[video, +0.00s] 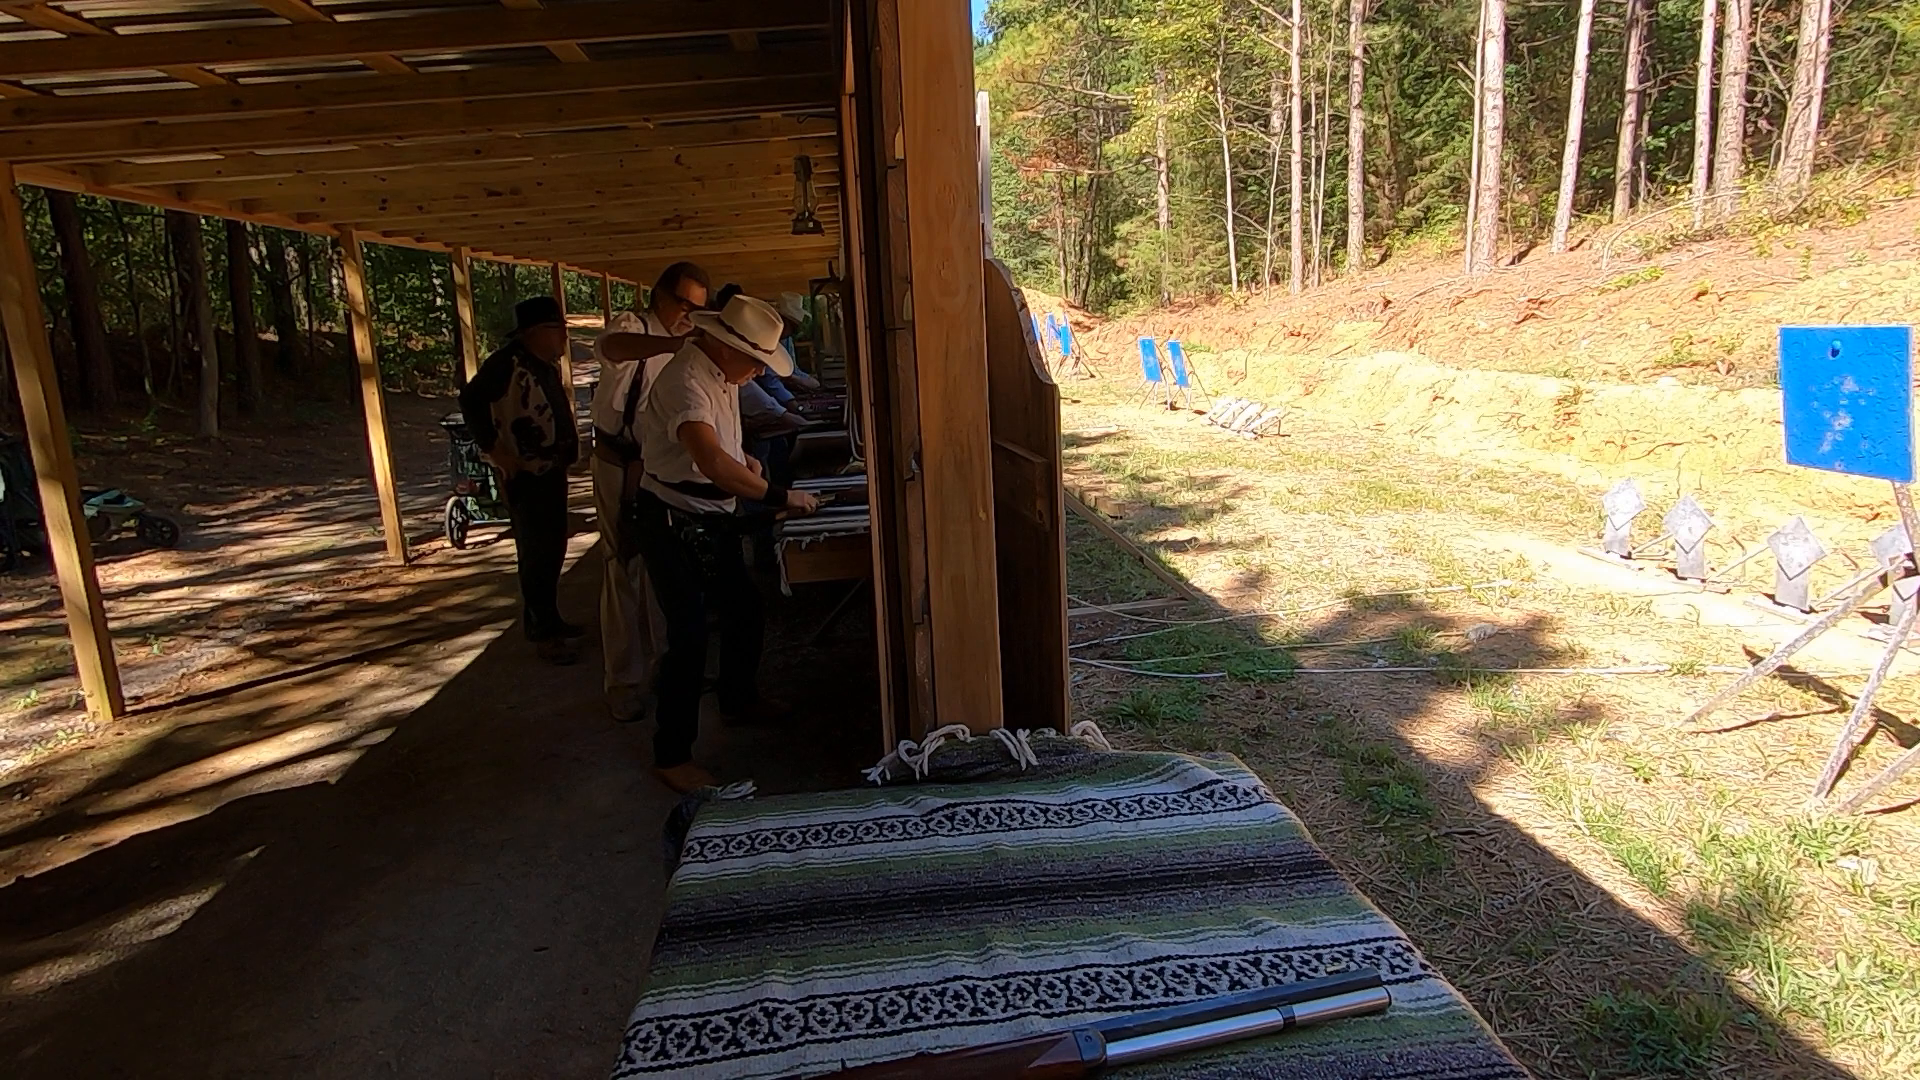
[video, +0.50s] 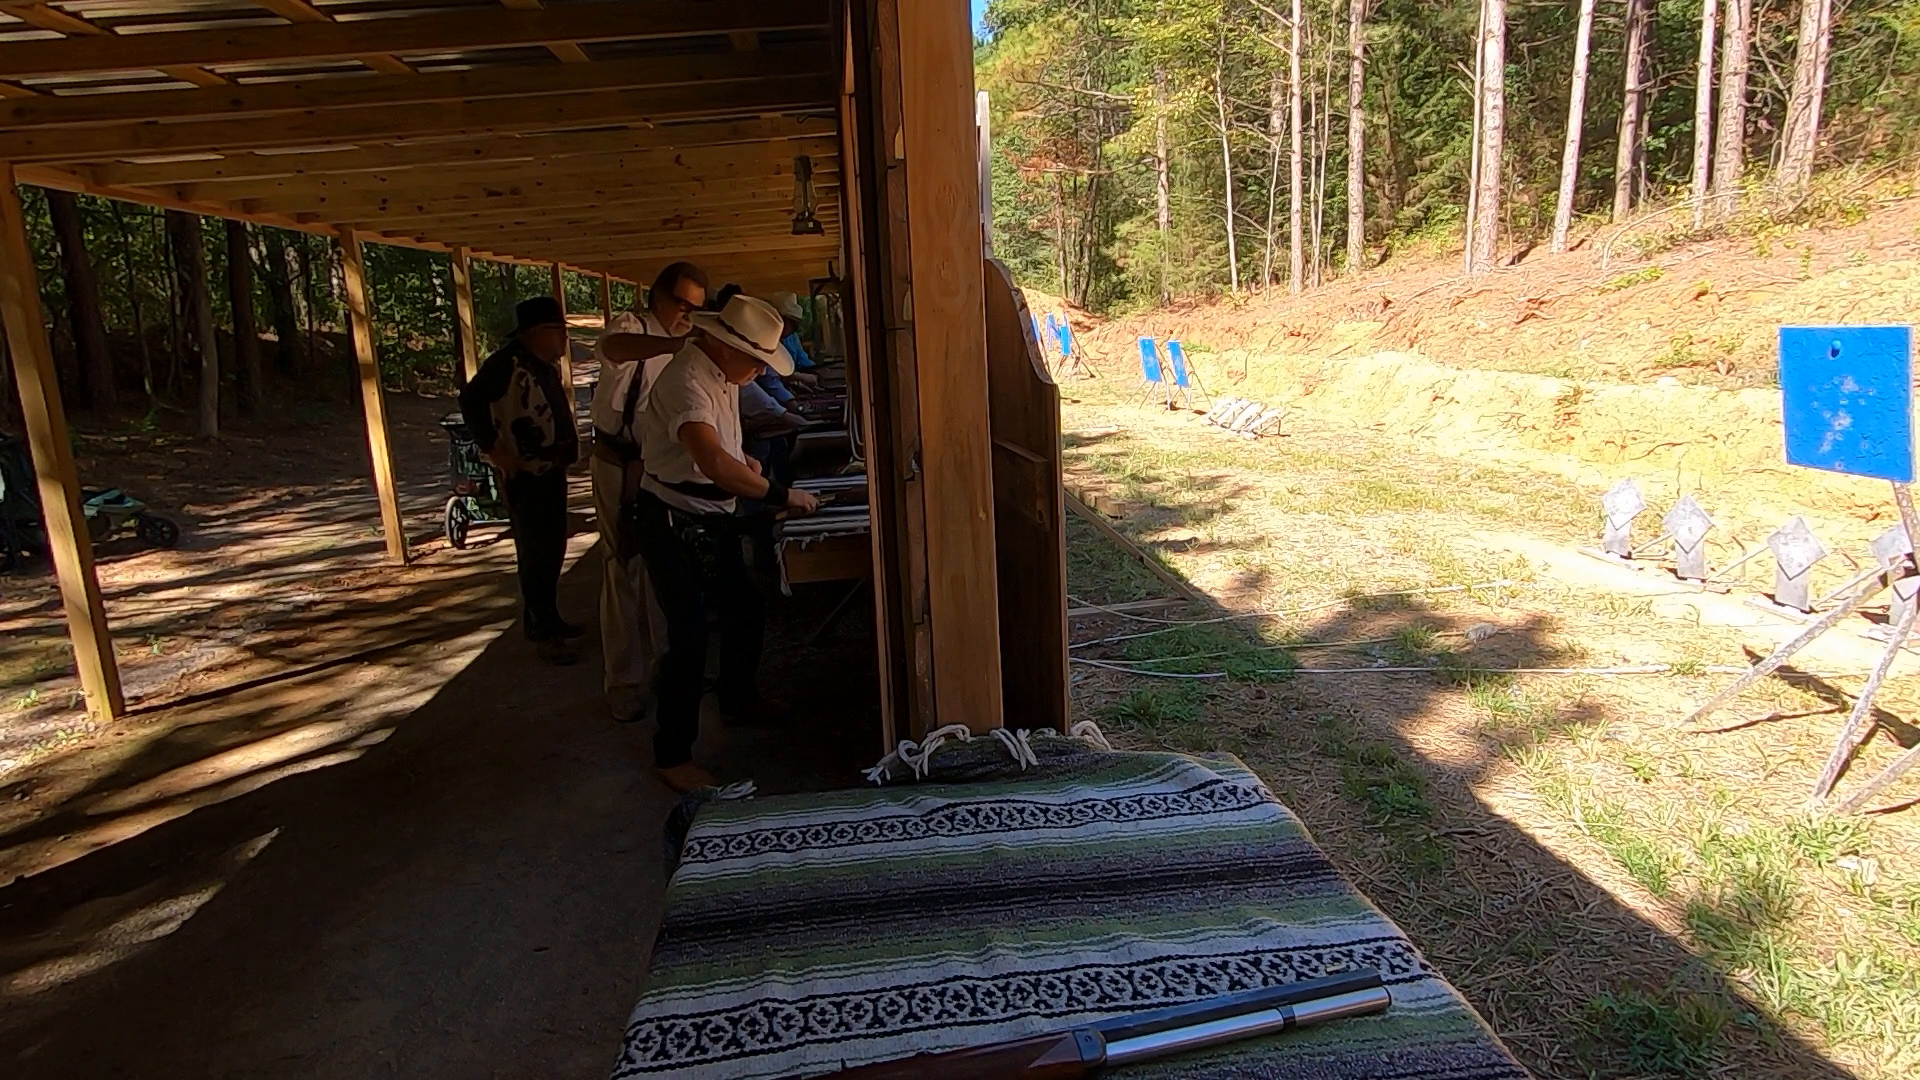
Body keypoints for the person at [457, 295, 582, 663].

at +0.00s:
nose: (565, 338)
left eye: (564, 330)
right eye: (559, 330)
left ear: (545, 333)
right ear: (537, 332)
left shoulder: (546, 365)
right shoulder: (507, 361)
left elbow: (552, 412)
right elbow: (471, 399)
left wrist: (566, 448)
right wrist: (493, 448)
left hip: (551, 473)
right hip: (526, 475)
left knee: (553, 549)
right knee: (536, 552)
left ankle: (549, 621)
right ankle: (541, 631)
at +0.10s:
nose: (566, 337)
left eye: (565, 329)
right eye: (559, 329)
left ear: (545, 332)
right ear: (537, 332)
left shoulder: (547, 366)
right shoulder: (507, 361)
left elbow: (553, 412)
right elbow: (471, 399)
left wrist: (566, 448)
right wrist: (493, 448)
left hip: (552, 473)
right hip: (526, 475)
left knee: (553, 550)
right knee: (536, 552)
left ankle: (549, 621)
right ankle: (541, 632)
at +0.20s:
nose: (565, 337)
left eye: (565, 329)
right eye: (559, 329)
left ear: (546, 332)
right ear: (537, 332)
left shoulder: (547, 366)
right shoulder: (507, 361)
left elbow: (553, 412)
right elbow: (471, 399)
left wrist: (566, 448)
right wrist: (493, 448)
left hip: (552, 472)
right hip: (525, 475)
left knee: (553, 549)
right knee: (536, 552)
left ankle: (549, 621)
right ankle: (541, 631)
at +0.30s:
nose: (565, 337)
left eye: (565, 329)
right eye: (559, 329)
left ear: (546, 332)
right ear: (537, 331)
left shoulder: (546, 365)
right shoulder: (507, 361)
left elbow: (551, 411)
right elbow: (471, 399)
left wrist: (565, 449)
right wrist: (493, 448)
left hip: (551, 472)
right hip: (525, 475)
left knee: (553, 550)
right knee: (536, 552)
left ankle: (549, 621)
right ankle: (541, 632)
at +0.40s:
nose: (565, 337)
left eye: (564, 330)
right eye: (558, 330)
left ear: (546, 333)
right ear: (536, 332)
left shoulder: (546, 365)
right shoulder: (507, 362)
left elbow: (551, 411)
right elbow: (471, 399)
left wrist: (565, 449)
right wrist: (493, 448)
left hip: (551, 472)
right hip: (525, 475)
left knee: (552, 550)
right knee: (536, 552)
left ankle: (549, 621)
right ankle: (541, 632)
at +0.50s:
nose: (565, 338)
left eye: (565, 331)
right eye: (559, 331)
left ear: (545, 333)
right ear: (537, 332)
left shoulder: (545, 365)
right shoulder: (507, 362)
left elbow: (551, 411)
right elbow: (471, 399)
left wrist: (566, 447)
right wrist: (492, 447)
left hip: (551, 472)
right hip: (525, 475)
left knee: (552, 549)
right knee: (536, 552)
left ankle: (549, 620)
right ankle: (541, 632)